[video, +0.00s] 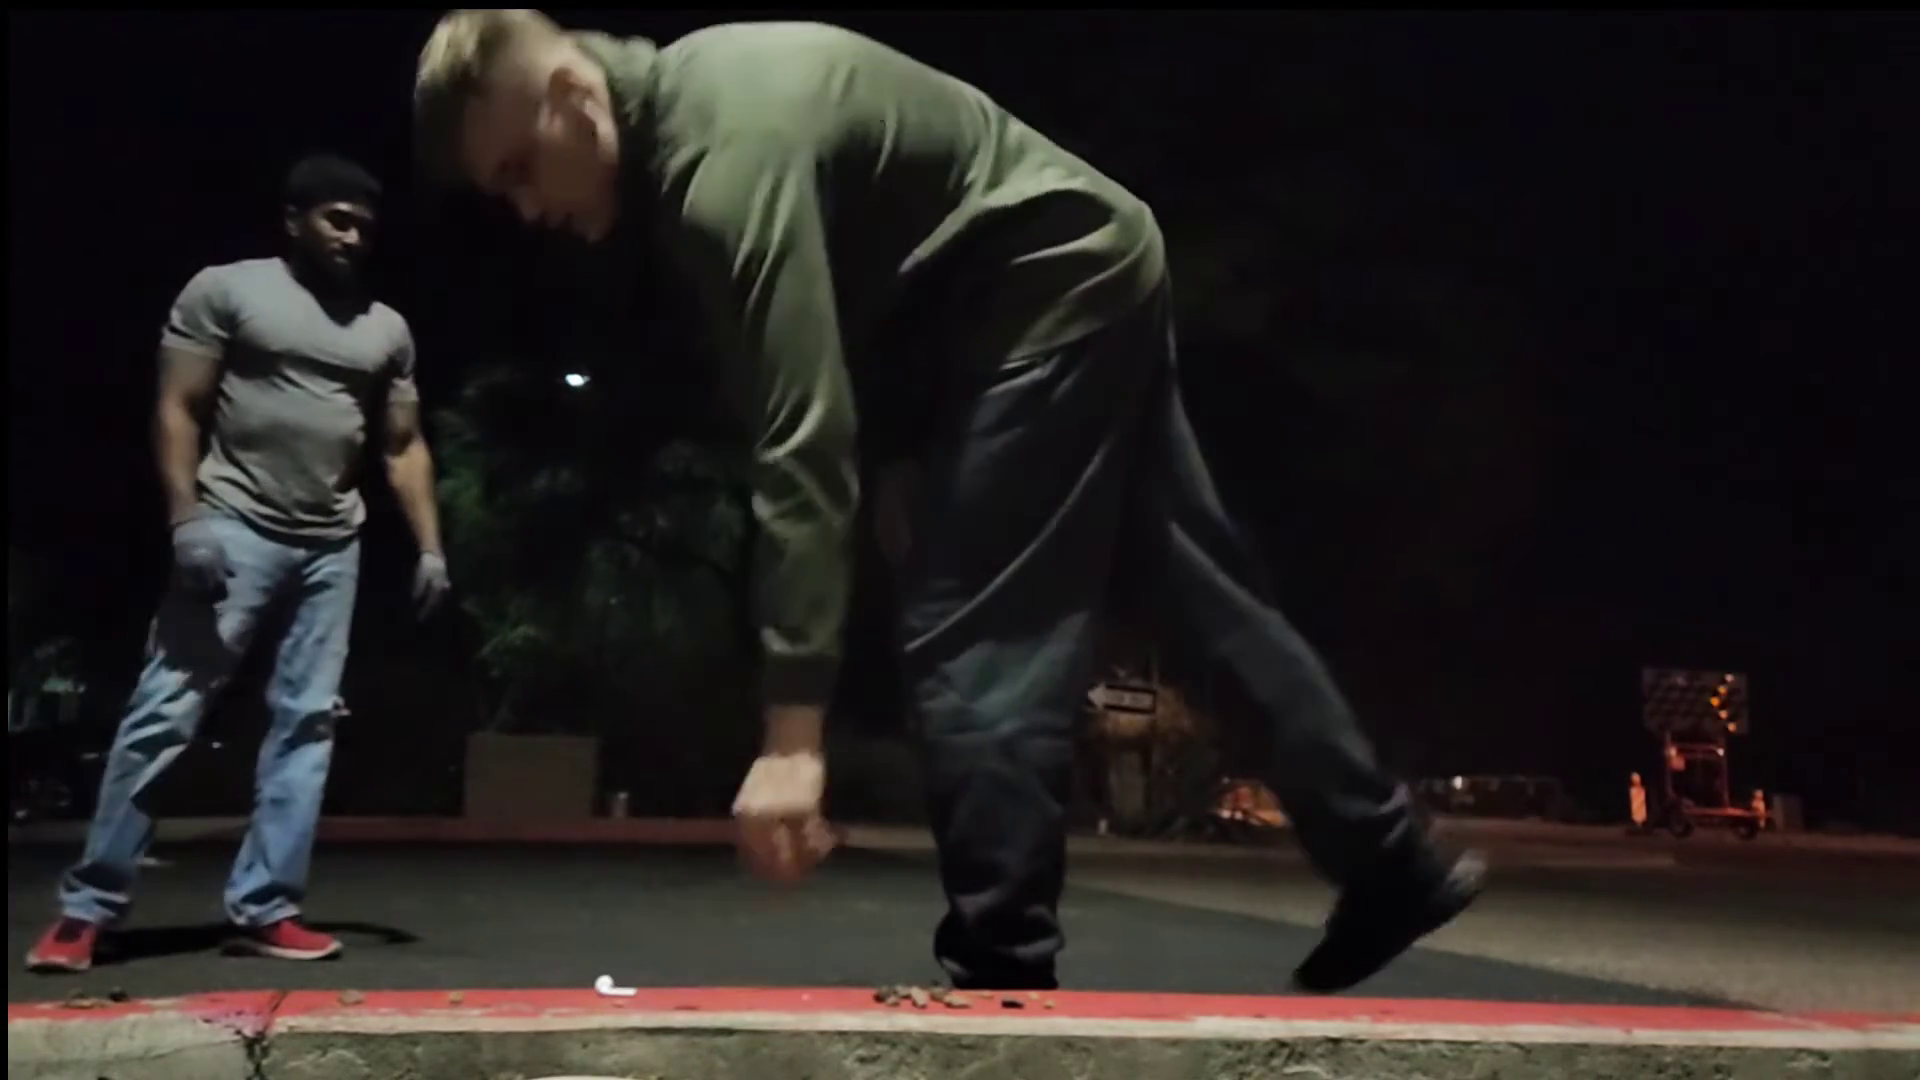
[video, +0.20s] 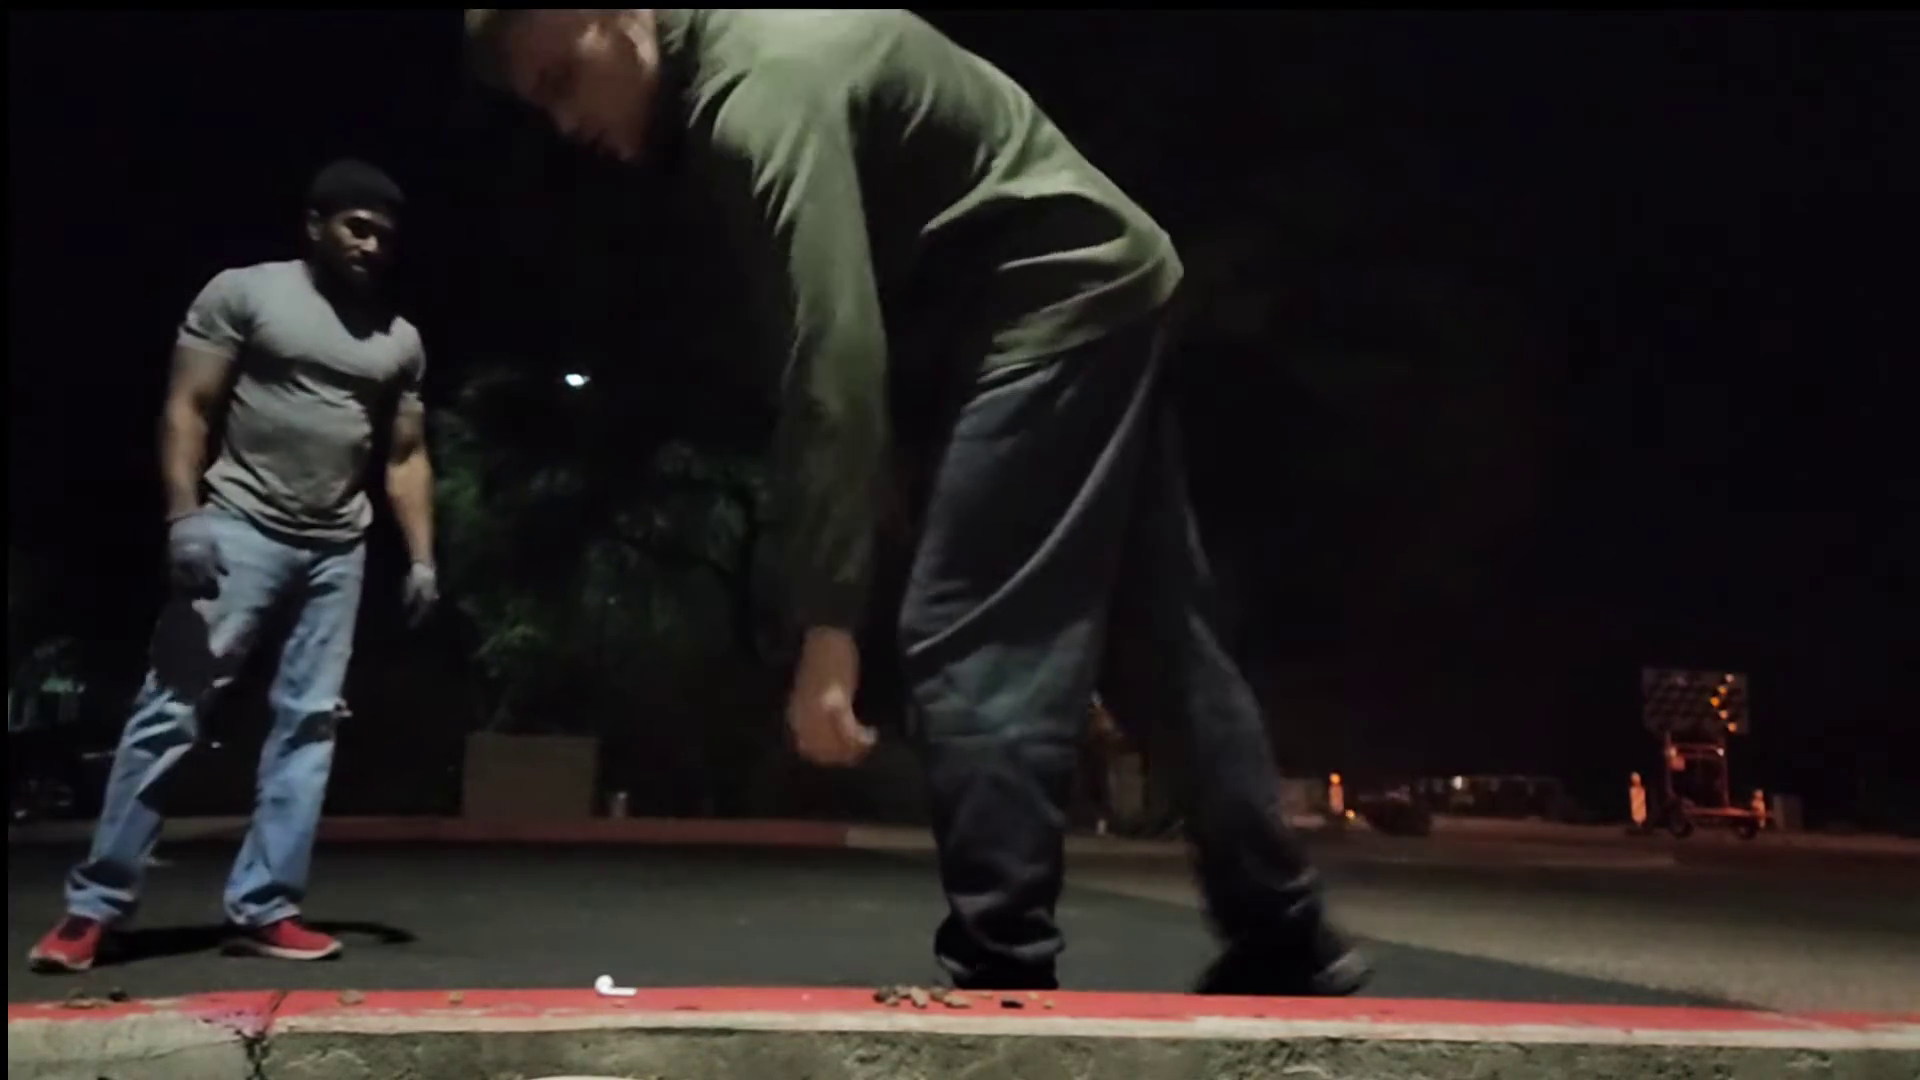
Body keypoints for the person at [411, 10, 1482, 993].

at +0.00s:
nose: (523, 210)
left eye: (515, 174)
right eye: (500, 192)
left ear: (576, 100)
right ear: (575, 97)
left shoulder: (732, 155)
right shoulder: (689, 100)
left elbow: (804, 449)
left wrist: (790, 739)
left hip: (1050, 292)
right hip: (1088, 266)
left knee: (973, 631)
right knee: (1191, 588)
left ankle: (1002, 954)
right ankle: (1389, 859)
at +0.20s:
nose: (564, 121)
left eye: (560, 82)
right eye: (541, 104)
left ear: (623, 24)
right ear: (628, 27)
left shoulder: (764, 91)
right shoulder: (747, 68)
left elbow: (840, 361)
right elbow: (830, 358)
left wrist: (826, 637)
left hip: (1059, 297)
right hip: (1105, 279)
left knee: (961, 637)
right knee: (1160, 629)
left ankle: (1001, 962)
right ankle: (1281, 933)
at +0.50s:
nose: (695, 66)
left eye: (687, 38)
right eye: (680, 49)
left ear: (738, 5)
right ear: (737, 15)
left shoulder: (861, 36)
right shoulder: (858, 38)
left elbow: (901, 257)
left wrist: (875, 501)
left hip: (1069, 339)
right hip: (1105, 335)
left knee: (998, 648)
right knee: (1071, 664)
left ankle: (1000, 967)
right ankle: (1130, 974)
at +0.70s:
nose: (807, 50)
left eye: (807, 26)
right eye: (796, 37)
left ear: (854, 4)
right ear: (844, 24)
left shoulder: (967, 35)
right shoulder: (941, 55)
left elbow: (1025, 225)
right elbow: (1022, 234)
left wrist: (984, 423)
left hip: (1121, 366)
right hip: (1082, 375)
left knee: (1070, 652)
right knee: (1056, 653)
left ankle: (1011, 943)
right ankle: (1123, 959)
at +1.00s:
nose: (898, 33)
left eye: (905, 15)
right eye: (895, 22)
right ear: (943, 21)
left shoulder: (1070, 30)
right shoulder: (1003, 79)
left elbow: (1135, 208)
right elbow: (1039, 272)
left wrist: (1103, 386)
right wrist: (1032, 427)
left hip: (1155, 389)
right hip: (1088, 405)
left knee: (1133, 674)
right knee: (1090, 681)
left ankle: (1179, 966)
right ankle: (1119, 968)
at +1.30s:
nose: (970, 28)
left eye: (978, 12)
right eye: (966, 20)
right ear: (1011, 23)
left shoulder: (1135, 31)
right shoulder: (1056, 97)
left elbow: (1232, 151)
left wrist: (1138, 314)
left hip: (1192, 446)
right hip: (1093, 463)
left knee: (1247, 699)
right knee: (1102, 719)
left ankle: (1330, 947)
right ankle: (1132, 967)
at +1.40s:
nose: (996, 23)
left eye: (1006, 8)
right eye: (994, 17)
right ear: (1030, 25)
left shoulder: (1166, 33)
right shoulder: (1078, 97)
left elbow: (1295, 130)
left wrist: (1203, 263)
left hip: (1200, 440)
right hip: (1099, 454)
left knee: (1247, 701)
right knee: (1107, 713)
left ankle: (1334, 953)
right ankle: (1131, 965)